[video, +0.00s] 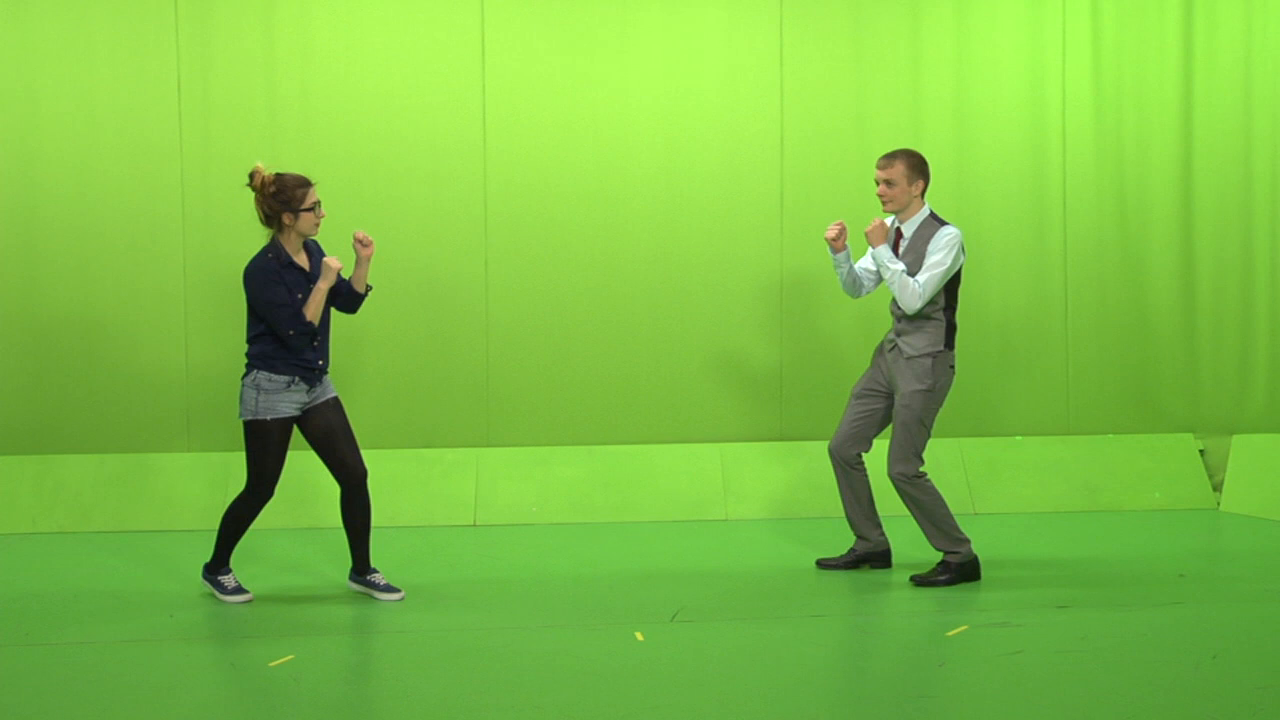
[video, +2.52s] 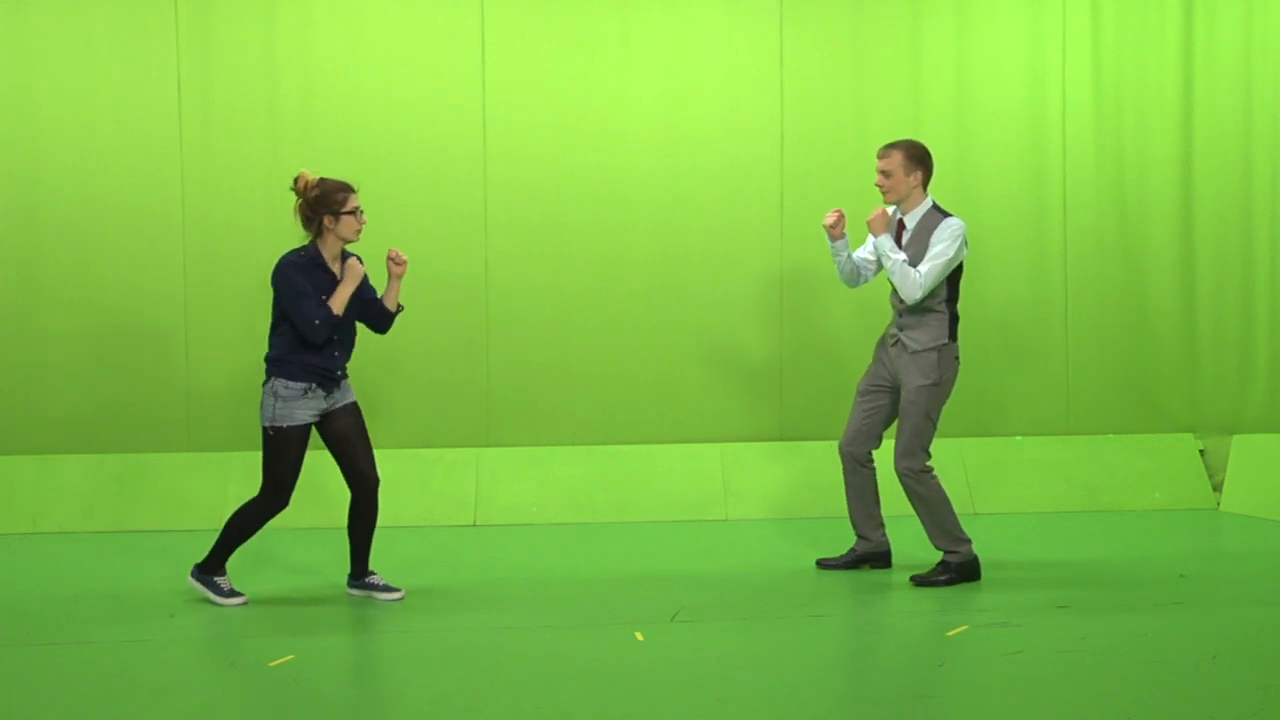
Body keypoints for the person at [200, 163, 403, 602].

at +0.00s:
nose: (321, 213)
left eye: (319, 206)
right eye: (313, 208)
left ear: (297, 217)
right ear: (287, 219)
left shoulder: (314, 255)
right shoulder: (261, 271)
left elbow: (347, 303)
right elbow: (298, 333)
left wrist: (363, 262)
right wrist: (323, 283)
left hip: (314, 385)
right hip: (269, 387)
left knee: (354, 474)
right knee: (260, 487)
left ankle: (362, 570)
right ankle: (217, 567)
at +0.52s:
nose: (354, 203)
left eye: (352, 195)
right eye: (345, 197)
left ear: (329, 205)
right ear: (319, 207)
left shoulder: (343, 247)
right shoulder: (290, 256)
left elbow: (385, 286)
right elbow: (327, 318)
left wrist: (386, 244)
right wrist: (352, 266)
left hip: (340, 376)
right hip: (296, 375)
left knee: (360, 476)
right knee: (276, 478)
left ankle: (361, 571)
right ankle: (216, 561)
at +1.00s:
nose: (354, 209)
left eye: (351, 201)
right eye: (345, 203)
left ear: (328, 211)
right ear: (319, 212)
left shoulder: (342, 257)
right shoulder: (290, 260)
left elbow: (378, 301)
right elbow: (320, 322)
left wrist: (386, 259)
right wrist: (350, 269)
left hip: (338, 385)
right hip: (293, 384)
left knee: (364, 481)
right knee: (275, 488)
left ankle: (360, 575)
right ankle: (212, 566)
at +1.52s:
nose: (348, 211)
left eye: (346, 203)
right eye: (339, 205)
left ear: (323, 212)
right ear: (313, 213)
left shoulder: (334, 259)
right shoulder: (283, 262)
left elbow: (369, 308)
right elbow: (318, 319)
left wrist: (374, 262)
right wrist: (347, 267)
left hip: (337, 387)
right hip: (292, 389)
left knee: (363, 484)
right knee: (274, 492)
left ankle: (359, 575)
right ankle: (210, 567)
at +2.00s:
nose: (329, 218)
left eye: (328, 210)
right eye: (320, 211)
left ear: (310, 217)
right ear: (294, 218)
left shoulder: (323, 264)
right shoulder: (265, 269)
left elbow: (365, 310)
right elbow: (297, 325)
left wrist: (376, 271)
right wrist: (328, 276)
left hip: (324, 390)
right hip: (279, 392)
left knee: (361, 484)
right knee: (265, 494)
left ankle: (359, 575)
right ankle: (206, 571)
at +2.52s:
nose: (363, 219)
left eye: (361, 212)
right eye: (354, 213)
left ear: (334, 221)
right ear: (328, 221)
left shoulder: (348, 266)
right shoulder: (292, 268)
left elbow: (380, 322)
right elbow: (315, 329)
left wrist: (394, 281)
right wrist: (349, 283)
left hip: (334, 389)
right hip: (289, 390)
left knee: (366, 482)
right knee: (276, 496)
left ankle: (360, 575)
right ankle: (208, 568)